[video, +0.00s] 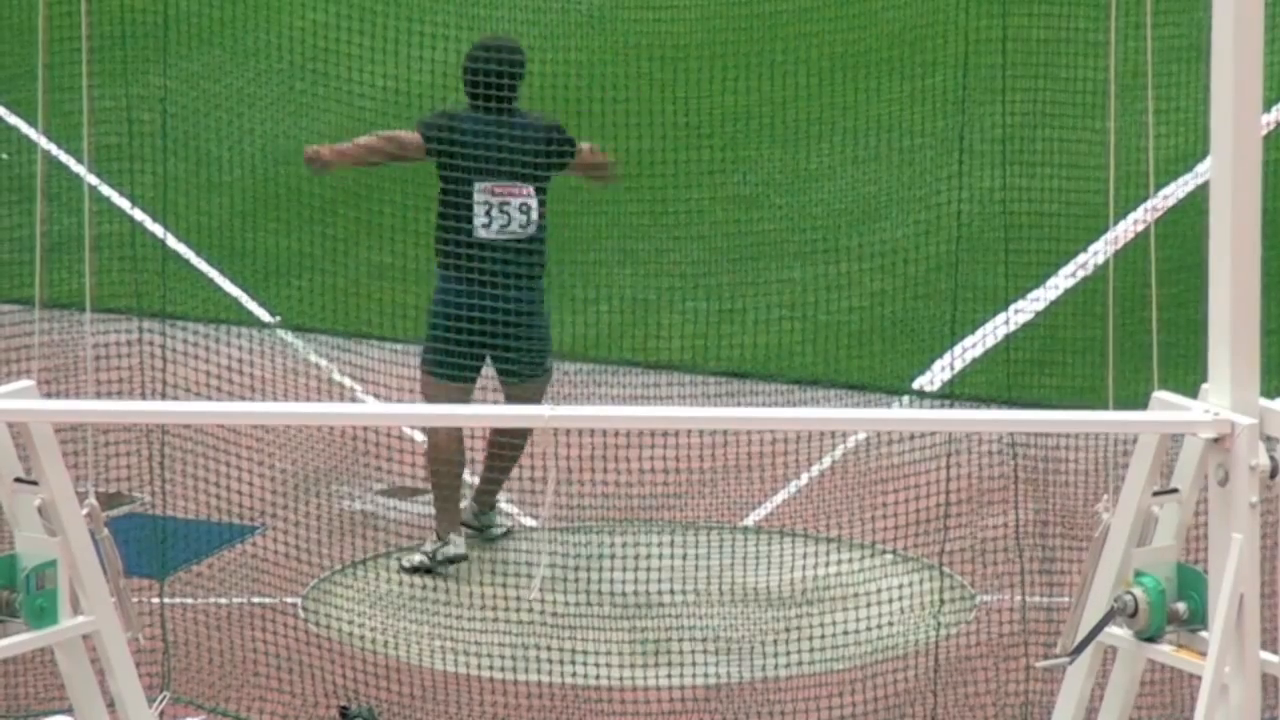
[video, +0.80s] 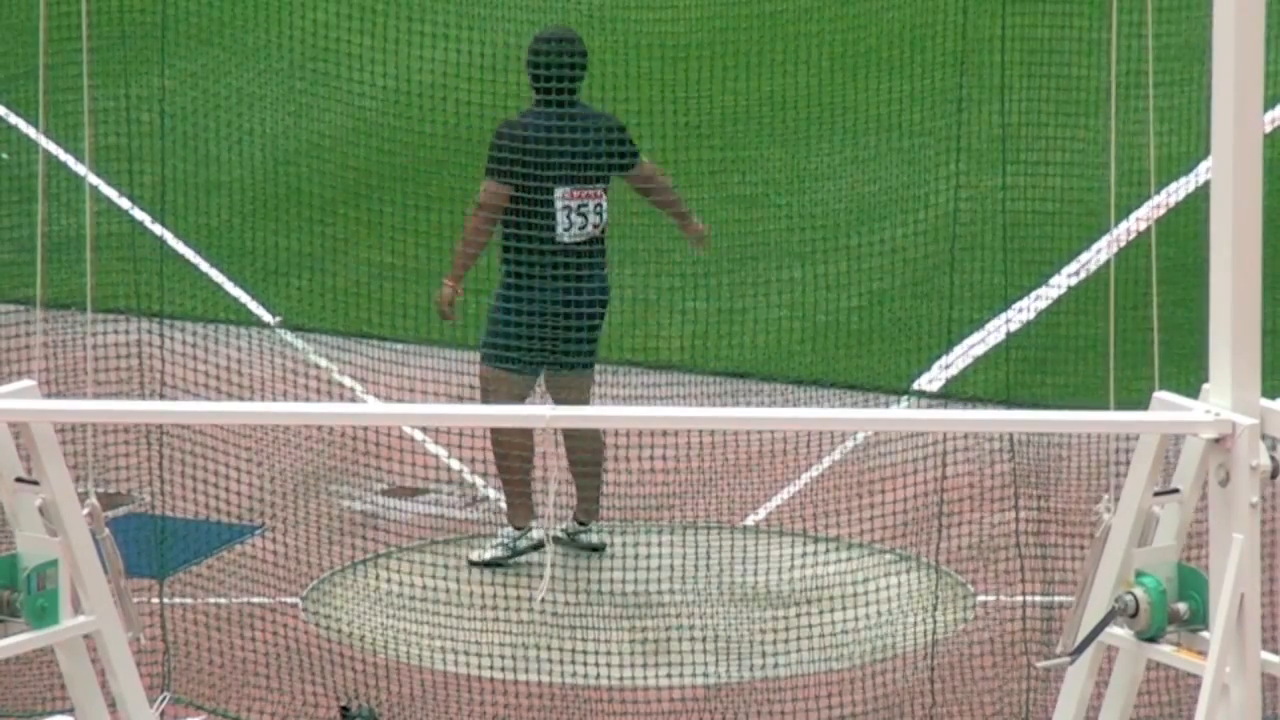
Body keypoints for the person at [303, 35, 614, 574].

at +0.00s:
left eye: (477, 76)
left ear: (469, 81)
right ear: (518, 83)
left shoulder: (451, 129)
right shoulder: (542, 135)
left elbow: (389, 146)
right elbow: (598, 166)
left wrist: (333, 154)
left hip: (458, 299)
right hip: (521, 302)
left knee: (443, 411)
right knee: (524, 404)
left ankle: (447, 537)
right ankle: (483, 506)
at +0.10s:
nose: (453, 91)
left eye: (454, 83)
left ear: (456, 86)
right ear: (504, 89)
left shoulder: (448, 135)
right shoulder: (528, 136)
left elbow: (396, 183)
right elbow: (516, 205)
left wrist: (383, 186)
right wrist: (461, 241)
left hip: (475, 303)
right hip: (537, 302)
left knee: (452, 415)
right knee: (537, 401)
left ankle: (451, 546)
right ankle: (500, 504)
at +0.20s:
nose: (458, 96)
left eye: (459, 86)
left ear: (460, 88)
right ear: (506, 90)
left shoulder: (462, 135)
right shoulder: (523, 135)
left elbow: (453, 189)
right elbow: (475, 199)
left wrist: (438, 241)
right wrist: (414, 224)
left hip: (484, 302)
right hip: (541, 299)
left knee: (460, 415)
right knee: (551, 392)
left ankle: (454, 547)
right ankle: (536, 497)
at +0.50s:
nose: (499, 89)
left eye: (500, 81)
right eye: (507, 79)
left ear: (504, 87)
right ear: (548, 84)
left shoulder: (507, 150)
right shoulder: (567, 136)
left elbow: (509, 232)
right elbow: (538, 201)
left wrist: (493, 302)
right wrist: (472, 216)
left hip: (519, 299)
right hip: (568, 299)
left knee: (481, 412)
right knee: (557, 408)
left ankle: (461, 541)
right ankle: (586, 524)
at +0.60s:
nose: (516, 81)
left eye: (516, 73)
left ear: (516, 79)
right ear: (562, 78)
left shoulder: (515, 140)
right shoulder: (584, 134)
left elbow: (503, 226)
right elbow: (582, 214)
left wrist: (485, 292)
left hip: (523, 297)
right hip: (579, 297)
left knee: (484, 403)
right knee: (564, 403)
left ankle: (473, 532)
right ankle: (586, 524)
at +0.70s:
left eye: (528, 68)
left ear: (524, 74)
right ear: (573, 75)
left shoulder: (516, 138)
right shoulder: (595, 131)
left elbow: (496, 222)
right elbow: (607, 199)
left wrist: (465, 287)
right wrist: (619, 240)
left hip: (526, 294)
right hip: (585, 293)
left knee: (485, 393)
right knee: (568, 399)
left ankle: (510, 523)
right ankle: (587, 522)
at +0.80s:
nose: (544, 77)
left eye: (539, 67)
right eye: (554, 67)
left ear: (532, 74)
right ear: (581, 73)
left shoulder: (517, 135)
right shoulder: (604, 129)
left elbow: (486, 214)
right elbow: (650, 182)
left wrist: (455, 277)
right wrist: (687, 221)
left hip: (526, 293)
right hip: (587, 293)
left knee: (502, 401)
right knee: (575, 402)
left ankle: (520, 528)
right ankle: (586, 522)